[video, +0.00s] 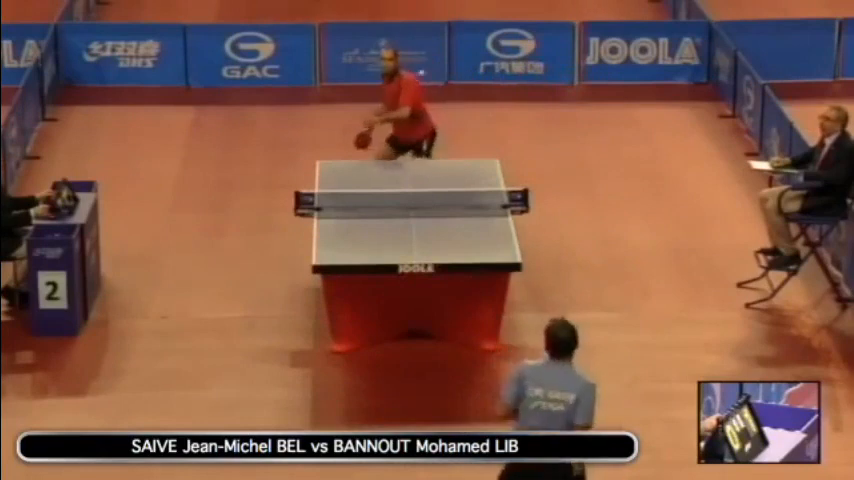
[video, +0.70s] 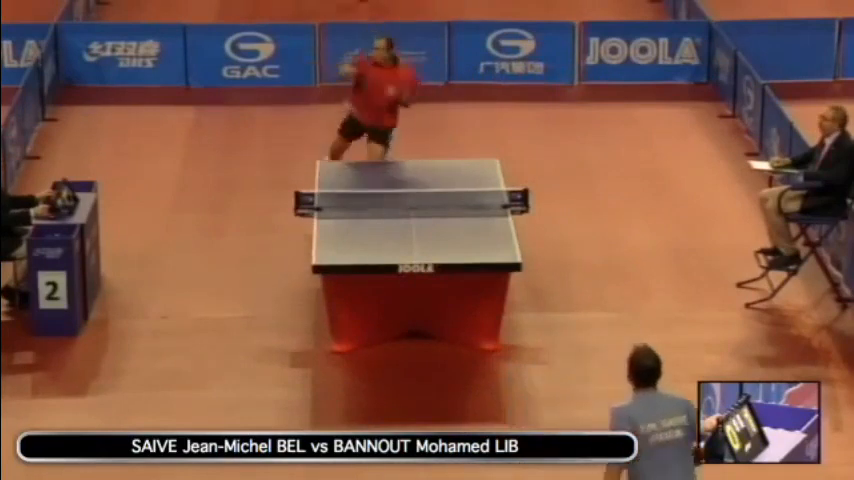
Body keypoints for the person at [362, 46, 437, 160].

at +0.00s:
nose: (386, 64)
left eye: (390, 60)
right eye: (383, 60)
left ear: (397, 61)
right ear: (381, 61)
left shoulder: (408, 80)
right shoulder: (388, 81)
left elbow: (405, 112)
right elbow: (387, 108)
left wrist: (377, 120)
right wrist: (371, 126)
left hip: (422, 135)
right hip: (403, 134)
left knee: (420, 171)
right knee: (380, 161)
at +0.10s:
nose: (380, 60)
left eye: (383, 56)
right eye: (378, 56)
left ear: (391, 57)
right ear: (375, 58)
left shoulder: (401, 76)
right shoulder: (380, 78)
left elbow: (409, 104)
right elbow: (381, 103)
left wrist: (382, 116)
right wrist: (367, 112)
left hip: (416, 128)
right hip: (397, 129)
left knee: (406, 166)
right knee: (383, 164)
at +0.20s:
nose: (376, 54)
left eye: (380, 50)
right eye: (374, 50)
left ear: (388, 51)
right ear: (371, 51)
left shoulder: (399, 69)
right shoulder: (378, 70)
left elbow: (406, 98)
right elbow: (374, 95)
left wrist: (383, 112)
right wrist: (358, 112)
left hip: (406, 122)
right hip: (388, 122)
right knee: (373, 161)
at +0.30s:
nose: (376, 57)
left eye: (380, 53)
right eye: (373, 53)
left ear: (389, 53)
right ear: (371, 53)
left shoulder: (398, 71)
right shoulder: (381, 70)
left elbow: (392, 104)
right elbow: (377, 93)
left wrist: (370, 109)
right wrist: (363, 101)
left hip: (397, 126)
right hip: (380, 122)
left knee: (372, 155)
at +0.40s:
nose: (372, 58)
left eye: (377, 53)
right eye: (370, 53)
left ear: (386, 53)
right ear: (367, 54)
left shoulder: (393, 72)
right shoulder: (382, 70)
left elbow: (374, 101)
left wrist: (344, 106)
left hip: (389, 130)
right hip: (375, 119)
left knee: (375, 170)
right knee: (334, 117)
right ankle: (332, 154)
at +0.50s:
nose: (367, 52)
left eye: (371, 47)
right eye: (365, 47)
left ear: (381, 47)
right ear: (364, 47)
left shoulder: (385, 67)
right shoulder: (384, 62)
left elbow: (376, 99)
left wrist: (361, 120)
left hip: (388, 123)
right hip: (376, 110)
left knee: (378, 168)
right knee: (332, 107)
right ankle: (306, 137)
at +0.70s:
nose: (376, 53)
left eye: (380, 49)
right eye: (375, 49)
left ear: (389, 51)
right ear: (374, 50)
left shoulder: (401, 74)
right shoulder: (365, 67)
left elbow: (406, 100)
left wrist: (397, 95)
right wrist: (349, 72)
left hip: (381, 123)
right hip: (358, 117)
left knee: (374, 162)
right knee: (335, 150)